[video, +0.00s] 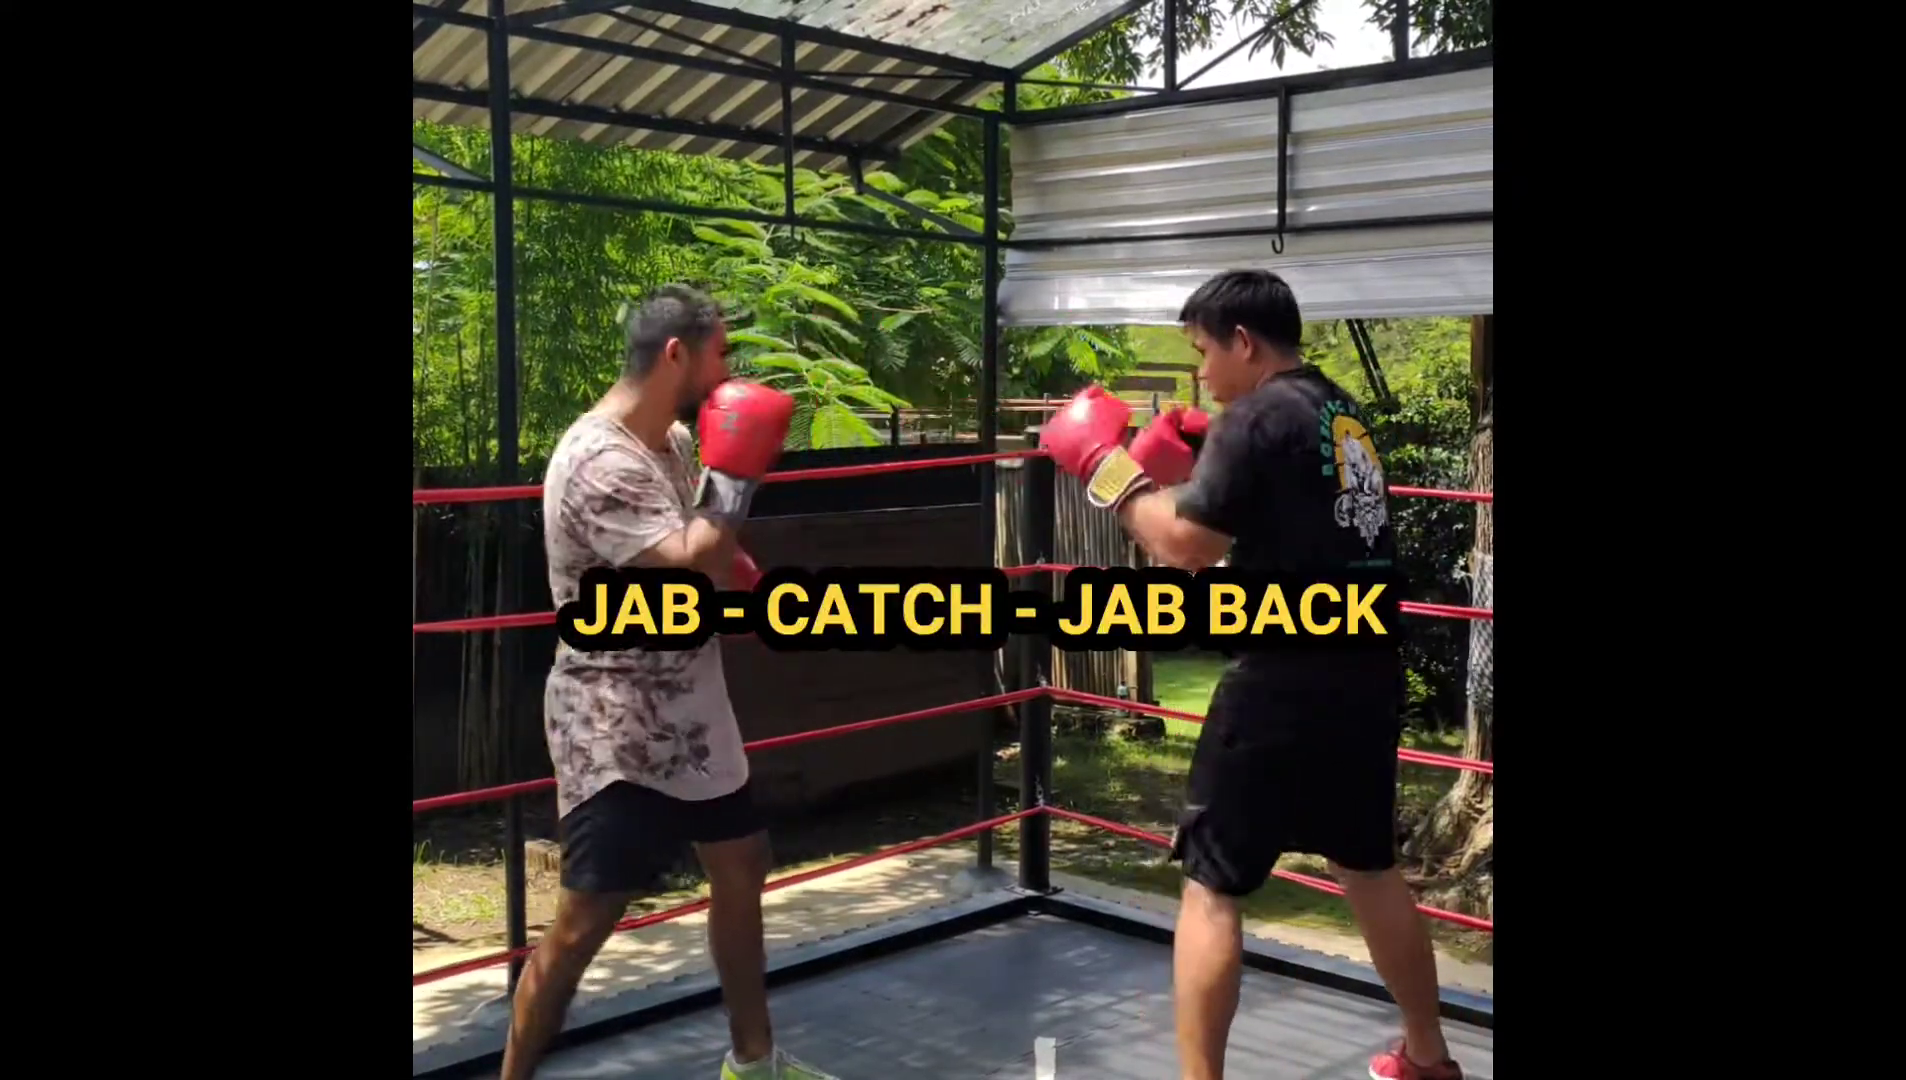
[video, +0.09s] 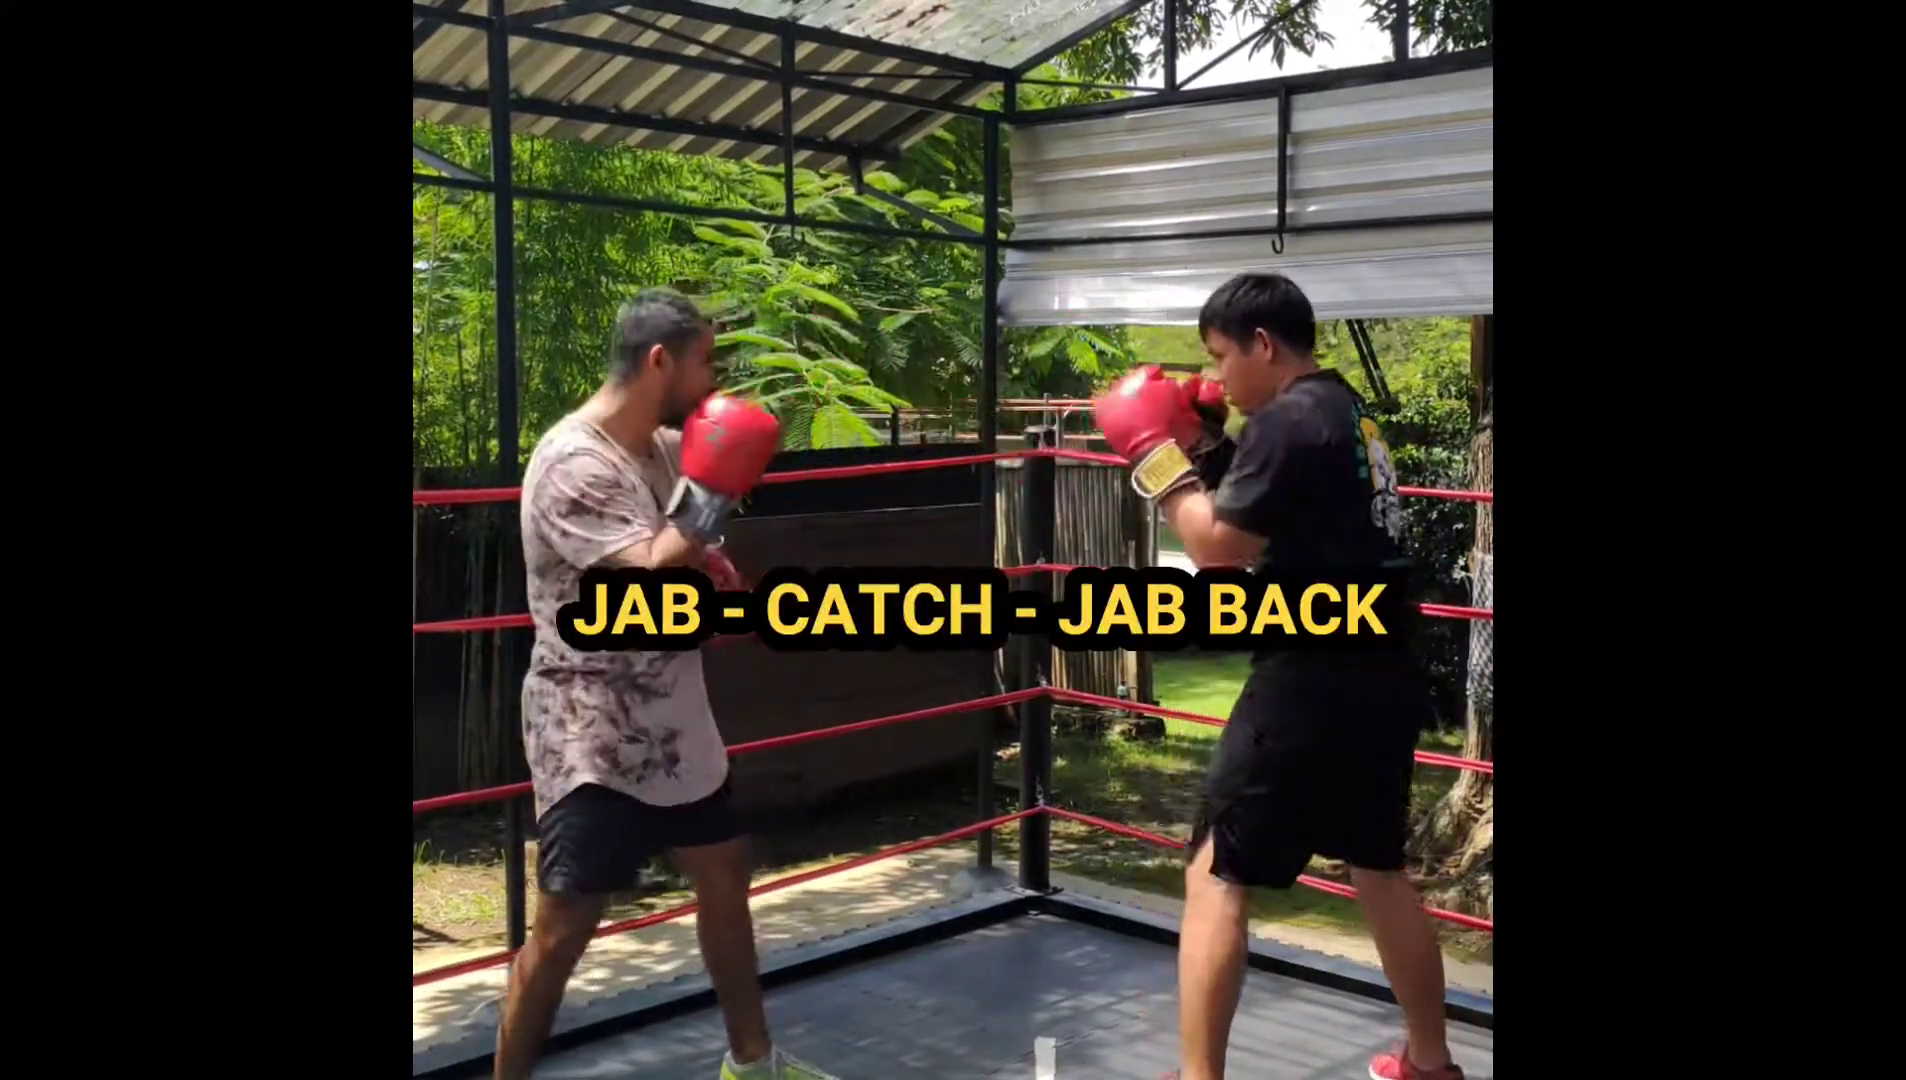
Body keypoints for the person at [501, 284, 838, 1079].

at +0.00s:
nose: (727, 369)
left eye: (728, 353)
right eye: (720, 352)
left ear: (668, 356)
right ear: (674, 354)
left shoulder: (673, 445)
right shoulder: (594, 459)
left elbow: (693, 540)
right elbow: (686, 562)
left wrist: (720, 563)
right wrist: (734, 471)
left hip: (692, 706)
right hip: (611, 717)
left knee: (740, 867)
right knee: (582, 923)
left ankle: (755, 1059)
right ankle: (513, 1074)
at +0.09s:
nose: (715, 379)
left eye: (714, 361)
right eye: (706, 361)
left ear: (654, 363)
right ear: (658, 361)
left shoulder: (666, 446)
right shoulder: (570, 461)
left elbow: (673, 547)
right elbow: (645, 574)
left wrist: (708, 567)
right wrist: (708, 490)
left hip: (677, 719)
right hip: (591, 731)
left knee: (725, 877)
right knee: (560, 932)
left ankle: (754, 1060)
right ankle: (507, 1075)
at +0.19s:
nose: (698, 391)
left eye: (700, 373)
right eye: (690, 373)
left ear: (638, 374)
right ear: (640, 372)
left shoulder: (652, 461)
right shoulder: (550, 478)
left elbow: (660, 570)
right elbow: (614, 603)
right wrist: (687, 513)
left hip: (652, 718)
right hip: (564, 732)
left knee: (719, 872)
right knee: (546, 936)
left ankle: (752, 1059)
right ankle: (502, 1077)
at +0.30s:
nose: (695, 394)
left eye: (698, 378)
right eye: (687, 375)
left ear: (636, 371)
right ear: (636, 368)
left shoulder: (646, 459)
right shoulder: (543, 469)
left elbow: (681, 569)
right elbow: (606, 595)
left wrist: (689, 531)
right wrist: (678, 500)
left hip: (649, 714)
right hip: (560, 727)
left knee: (717, 872)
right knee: (542, 939)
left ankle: (751, 1059)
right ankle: (501, 1077)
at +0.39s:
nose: (698, 393)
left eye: (701, 376)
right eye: (690, 374)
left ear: (640, 372)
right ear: (638, 369)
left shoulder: (643, 457)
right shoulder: (547, 467)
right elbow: (604, 594)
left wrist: (695, 551)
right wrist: (681, 499)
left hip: (653, 713)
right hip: (566, 726)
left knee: (723, 872)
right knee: (547, 936)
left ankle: (761, 1059)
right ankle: (501, 1077)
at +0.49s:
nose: (720, 400)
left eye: (721, 383)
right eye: (711, 382)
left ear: (661, 381)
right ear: (658, 378)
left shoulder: (664, 472)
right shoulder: (568, 475)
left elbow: (693, 578)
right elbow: (619, 599)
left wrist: (707, 632)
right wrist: (700, 508)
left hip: (672, 723)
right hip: (582, 740)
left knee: (757, 873)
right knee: (556, 945)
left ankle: (780, 1057)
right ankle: (504, 1077)